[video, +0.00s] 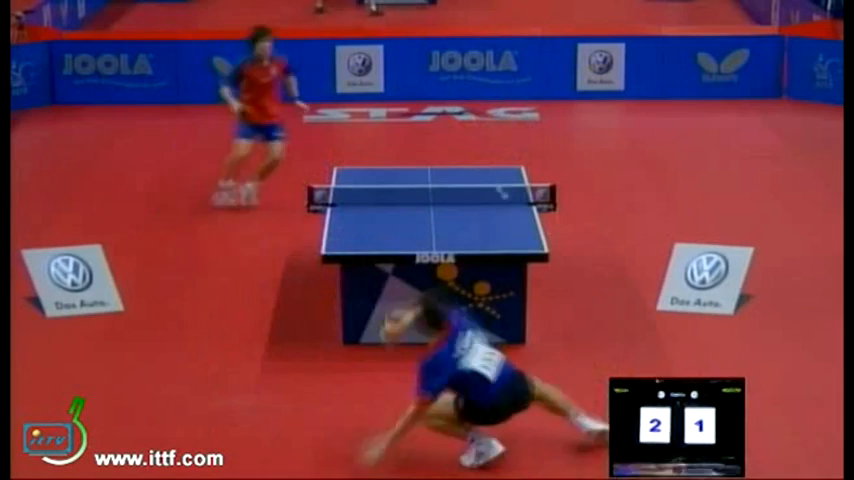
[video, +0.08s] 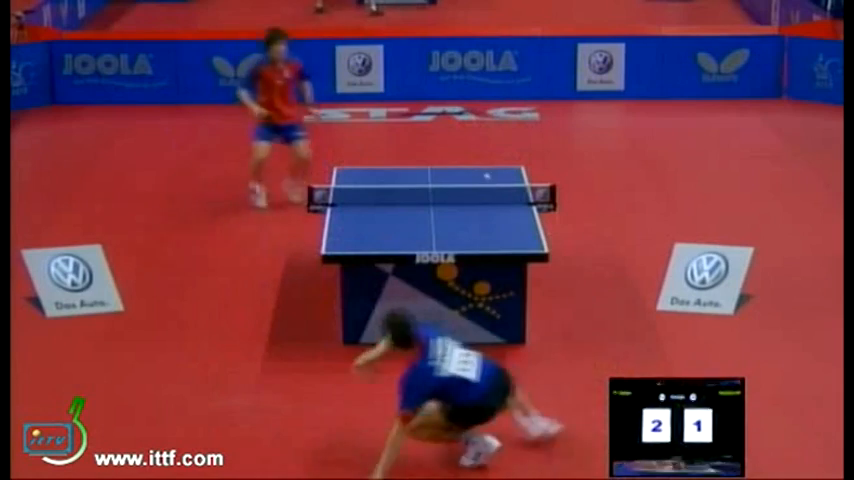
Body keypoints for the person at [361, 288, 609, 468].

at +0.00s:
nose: (414, 319)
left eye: (418, 317)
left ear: (424, 327)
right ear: (444, 316)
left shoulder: (436, 362)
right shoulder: (463, 321)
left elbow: (419, 410)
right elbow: (432, 308)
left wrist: (386, 443)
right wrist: (406, 319)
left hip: (489, 412)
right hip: (518, 390)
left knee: (425, 416)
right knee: (537, 387)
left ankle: (482, 444)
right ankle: (583, 420)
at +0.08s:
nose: (387, 347)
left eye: (388, 341)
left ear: (395, 344)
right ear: (411, 330)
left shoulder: (414, 378)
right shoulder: (428, 335)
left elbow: (401, 427)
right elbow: (394, 339)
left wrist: (380, 471)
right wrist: (369, 356)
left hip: (483, 407)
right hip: (500, 380)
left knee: (414, 428)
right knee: (496, 377)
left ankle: (476, 442)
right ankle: (533, 421)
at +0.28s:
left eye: (326, 337)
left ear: (334, 340)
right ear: (345, 320)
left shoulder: (358, 371)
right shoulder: (361, 323)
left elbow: (372, 424)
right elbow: (343, 336)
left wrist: (374, 471)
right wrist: (326, 343)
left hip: (420, 396)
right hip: (429, 365)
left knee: (388, 461)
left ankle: (450, 435)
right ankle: (337, 414)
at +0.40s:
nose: (283, 311)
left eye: (284, 307)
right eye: (284, 307)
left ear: (292, 311)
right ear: (307, 299)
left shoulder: (317, 343)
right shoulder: (324, 307)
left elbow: (334, 391)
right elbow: (297, 319)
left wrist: (343, 438)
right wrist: (276, 328)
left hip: (375, 382)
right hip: (358, 366)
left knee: (389, 450)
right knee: (295, 381)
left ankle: (458, 429)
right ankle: (286, 442)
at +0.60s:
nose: (222, 277)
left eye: (221, 272)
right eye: (219, 272)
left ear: (230, 270)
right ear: (240, 262)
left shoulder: (262, 290)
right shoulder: (254, 283)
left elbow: (294, 333)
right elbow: (245, 313)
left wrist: (284, 375)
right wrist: (212, 332)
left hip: (307, 352)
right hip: (279, 349)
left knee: (301, 426)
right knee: (246, 395)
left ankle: (370, 428)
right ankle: (280, 444)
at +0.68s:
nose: (196, 270)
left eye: (196, 263)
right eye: (193, 264)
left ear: (211, 256)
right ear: (213, 254)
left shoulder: (246, 276)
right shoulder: (225, 278)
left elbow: (287, 310)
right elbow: (220, 307)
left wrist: (261, 349)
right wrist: (192, 327)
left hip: (282, 342)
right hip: (256, 342)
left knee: (255, 413)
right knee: (240, 397)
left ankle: (319, 432)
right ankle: (280, 441)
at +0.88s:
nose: (142, 252)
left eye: (143, 245)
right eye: (139, 246)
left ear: (160, 236)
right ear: (154, 239)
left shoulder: (196, 257)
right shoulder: (158, 262)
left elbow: (243, 285)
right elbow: (160, 293)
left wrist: (206, 314)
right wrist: (149, 329)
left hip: (215, 331)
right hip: (188, 331)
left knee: (180, 409)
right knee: (203, 388)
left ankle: (183, 467)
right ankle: (248, 421)